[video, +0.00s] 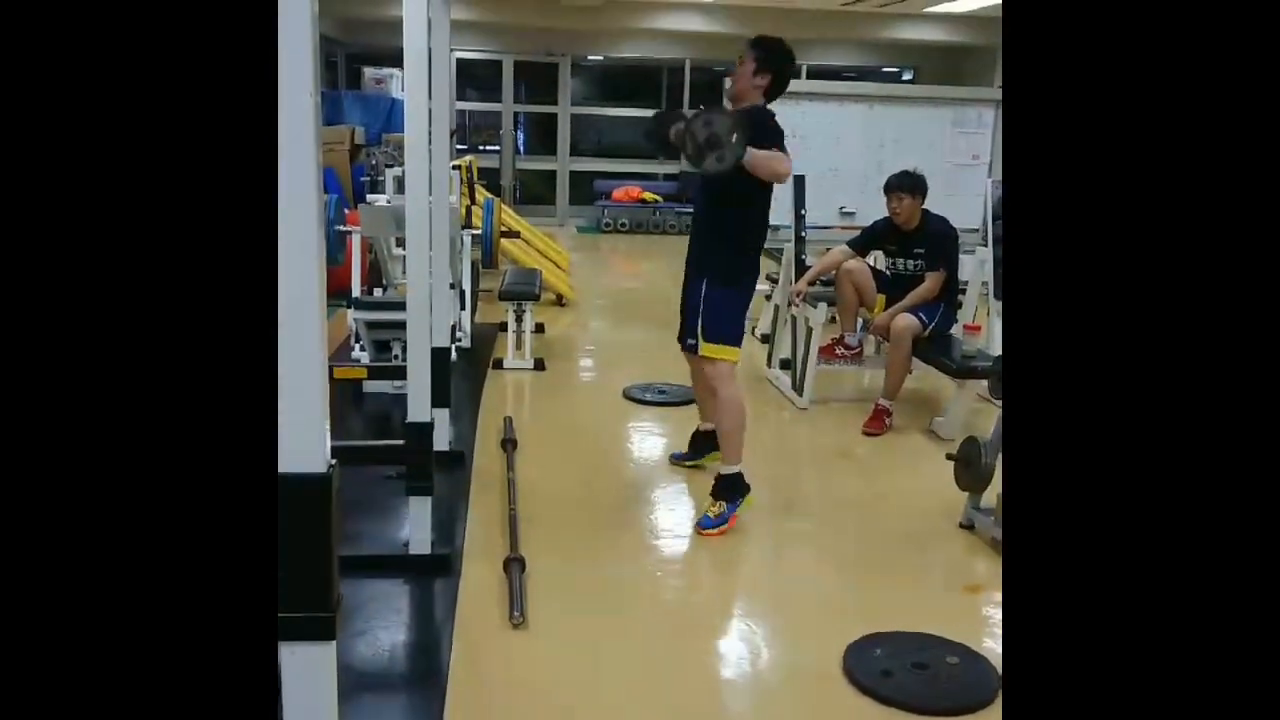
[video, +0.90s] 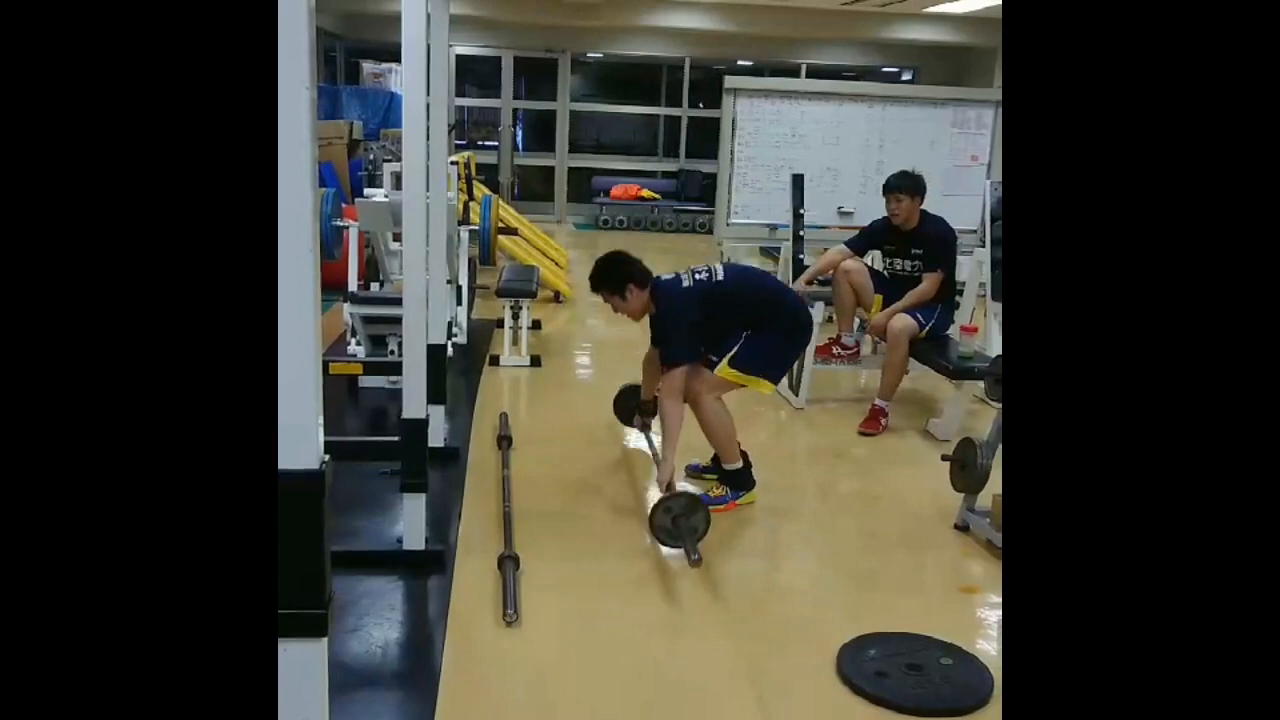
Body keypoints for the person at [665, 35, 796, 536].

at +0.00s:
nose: (731, 72)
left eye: (740, 67)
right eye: (736, 65)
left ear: (762, 78)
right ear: (754, 77)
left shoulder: (763, 123)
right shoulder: (731, 121)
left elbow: (781, 169)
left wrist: (730, 147)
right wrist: (688, 136)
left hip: (731, 263)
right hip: (704, 257)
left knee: (718, 367)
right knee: (694, 350)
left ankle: (733, 481)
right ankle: (709, 431)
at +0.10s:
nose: (727, 59)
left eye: (736, 52)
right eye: (732, 51)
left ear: (757, 62)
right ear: (752, 60)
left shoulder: (764, 107)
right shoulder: (732, 109)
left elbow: (763, 164)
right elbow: (716, 169)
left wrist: (709, 202)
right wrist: (683, 190)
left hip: (741, 246)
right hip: (715, 241)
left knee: (721, 354)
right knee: (702, 342)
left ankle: (736, 465)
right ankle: (716, 433)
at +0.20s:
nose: (705, 76)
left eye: (712, 69)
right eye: (709, 69)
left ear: (732, 80)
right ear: (732, 81)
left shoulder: (741, 136)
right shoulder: (721, 132)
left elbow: (731, 211)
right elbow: (704, 199)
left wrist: (710, 270)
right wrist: (690, 241)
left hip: (748, 265)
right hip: (728, 261)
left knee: (718, 366)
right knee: (707, 360)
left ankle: (739, 472)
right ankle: (732, 453)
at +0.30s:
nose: (661, 115)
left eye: (668, 107)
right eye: (664, 107)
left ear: (690, 114)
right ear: (688, 116)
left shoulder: (711, 166)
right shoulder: (692, 164)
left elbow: (720, 242)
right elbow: (705, 233)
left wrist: (722, 312)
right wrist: (699, 273)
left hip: (753, 286)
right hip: (730, 281)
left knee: (704, 370)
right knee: (699, 366)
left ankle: (741, 475)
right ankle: (734, 455)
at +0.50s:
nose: (624, 168)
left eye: (624, 159)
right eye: (620, 160)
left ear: (646, 148)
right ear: (648, 148)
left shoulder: (692, 181)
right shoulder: (676, 179)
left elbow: (704, 256)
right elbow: (682, 239)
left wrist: (708, 326)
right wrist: (684, 282)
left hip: (769, 274)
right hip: (742, 273)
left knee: (737, 370)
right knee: (718, 361)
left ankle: (742, 474)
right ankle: (731, 452)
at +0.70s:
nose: (615, 235)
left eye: (614, 226)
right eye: (610, 228)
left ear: (634, 214)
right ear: (635, 213)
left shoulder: (681, 234)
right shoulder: (667, 228)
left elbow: (688, 317)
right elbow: (665, 289)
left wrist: (686, 384)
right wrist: (663, 335)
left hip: (784, 280)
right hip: (757, 279)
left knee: (736, 369)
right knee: (716, 351)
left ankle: (742, 477)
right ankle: (729, 453)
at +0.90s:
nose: (615, 310)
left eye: (613, 302)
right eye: (610, 304)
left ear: (632, 289)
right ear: (634, 286)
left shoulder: (674, 311)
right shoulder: (663, 298)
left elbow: (673, 394)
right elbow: (654, 359)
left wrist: (668, 461)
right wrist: (646, 404)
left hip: (784, 326)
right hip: (763, 317)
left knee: (700, 390)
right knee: (692, 377)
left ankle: (738, 482)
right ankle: (729, 461)